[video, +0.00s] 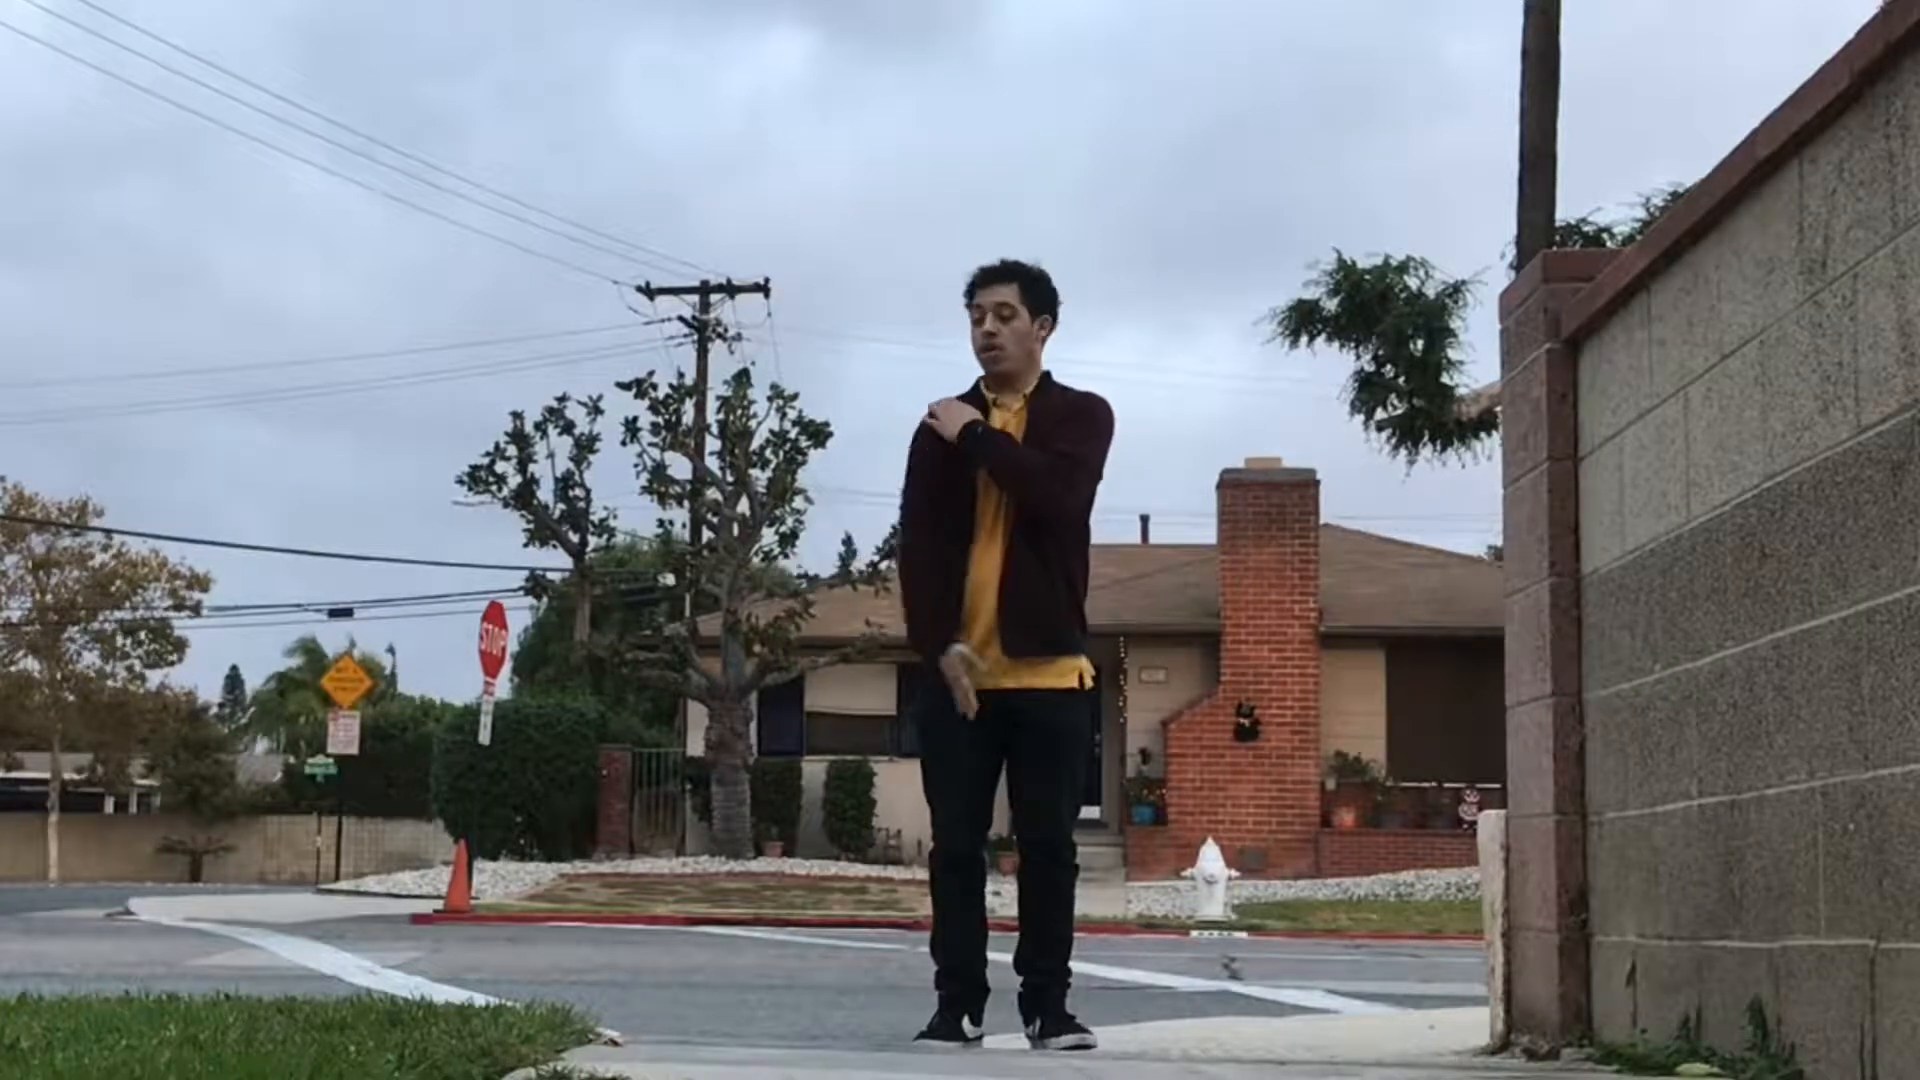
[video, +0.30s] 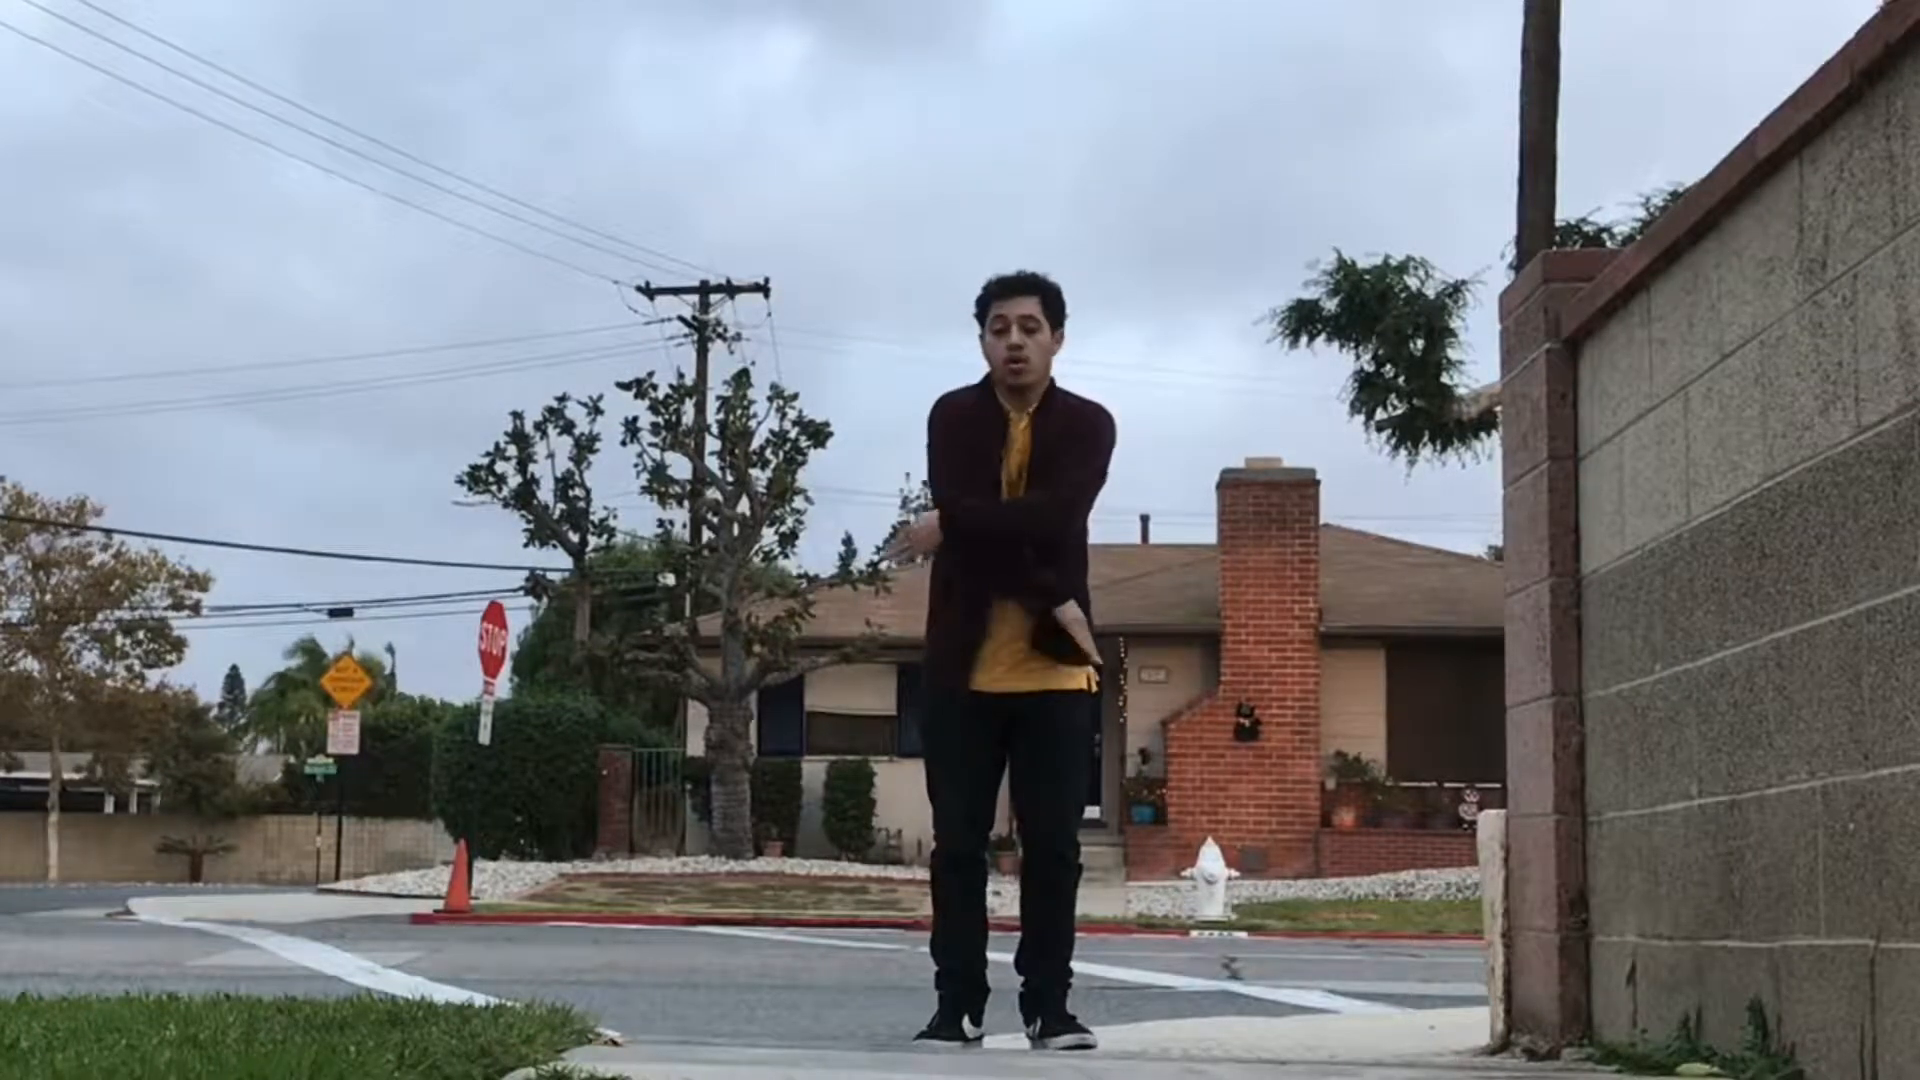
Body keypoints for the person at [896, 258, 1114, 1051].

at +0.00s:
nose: (988, 328)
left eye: (1004, 315)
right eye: (978, 317)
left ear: (1043, 327)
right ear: (969, 331)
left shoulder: (1083, 414)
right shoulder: (943, 425)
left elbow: (1060, 496)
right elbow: (920, 545)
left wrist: (973, 432)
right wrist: (937, 646)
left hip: (1048, 673)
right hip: (956, 673)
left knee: (1049, 848)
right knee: (956, 849)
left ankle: (1047, 1008)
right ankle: (957, 1009)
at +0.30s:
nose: (1015, 341)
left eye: (1030, 327)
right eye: (1000, 328)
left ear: (1057, 340)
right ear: (980, 340)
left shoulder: (1089, 424)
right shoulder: (952, 415)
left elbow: (1058, 515)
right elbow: (964, 530)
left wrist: (949, 522)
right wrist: (1052, 598)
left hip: (1056, 673)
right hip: (964, 671)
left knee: (1053, 849)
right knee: (958, 848)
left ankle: (1048, 1009)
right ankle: (957, 1008)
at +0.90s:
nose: (1008, 338)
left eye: (1021, 325)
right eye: (992, 327)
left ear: (1046, 337)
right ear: (974, 341)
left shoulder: (1078, 412)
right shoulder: (949, 410)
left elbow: (1067, 487)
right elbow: (976, 513)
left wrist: (971, 497)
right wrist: (1080, 530)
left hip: (1054, 676)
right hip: (961, 674)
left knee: (1052, 850)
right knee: (957, 848)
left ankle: (1048, 1008)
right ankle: (958, 1006)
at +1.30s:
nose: (973, 335)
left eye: (987, 322)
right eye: (959, 326)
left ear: (1018, 333)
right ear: (944, 343)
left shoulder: (1061, 414)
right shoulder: (925, 416)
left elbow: (1095, 494)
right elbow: (908, 495)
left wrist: (1000, 523)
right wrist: (993, 532)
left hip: (1044, 677)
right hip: (950, 676)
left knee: (1048, 851)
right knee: (952, 850)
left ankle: (1048, 1009)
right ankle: (957, 1009)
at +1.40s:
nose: (965, 335)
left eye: (979, 321)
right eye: (950, 326)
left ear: (1010, 331)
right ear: (936, 344)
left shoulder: (1055, 413)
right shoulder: (921, 418)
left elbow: (1081, 493)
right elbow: (922, 508)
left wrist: (973, 534)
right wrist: (1036, 529)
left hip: (1044, 676)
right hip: (950, 676)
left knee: (1047, 850)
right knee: (953, 850)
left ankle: (1047, 1009)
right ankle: (958, 1008)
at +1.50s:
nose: (959, 336)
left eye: (972, 321)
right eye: (945, 327)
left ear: (1003, 331)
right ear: (931, 345)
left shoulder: (1051, 410)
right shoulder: (918, 420)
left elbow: (1078, 488)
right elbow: (926, 508)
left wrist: (975, 530)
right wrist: (1035, 529)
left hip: (1042, 675)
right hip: (949, 676)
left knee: (1047, 850)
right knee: (952, 850)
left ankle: (1048, 1009)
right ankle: (957, 1008)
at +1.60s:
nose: (958, 337)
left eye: (971, 322)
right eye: (943, 328)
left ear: (1003, 331)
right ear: (929, 346)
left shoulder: (1050, 410)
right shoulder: (916, 420)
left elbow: (1079, 489)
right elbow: (919, 511)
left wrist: (976, 530)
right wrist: (1023, 540)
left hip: (1042, 677)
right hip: (948, 677)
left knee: (1046, 849)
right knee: (952, 850)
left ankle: (1047, 1008)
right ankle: (958, 1007)